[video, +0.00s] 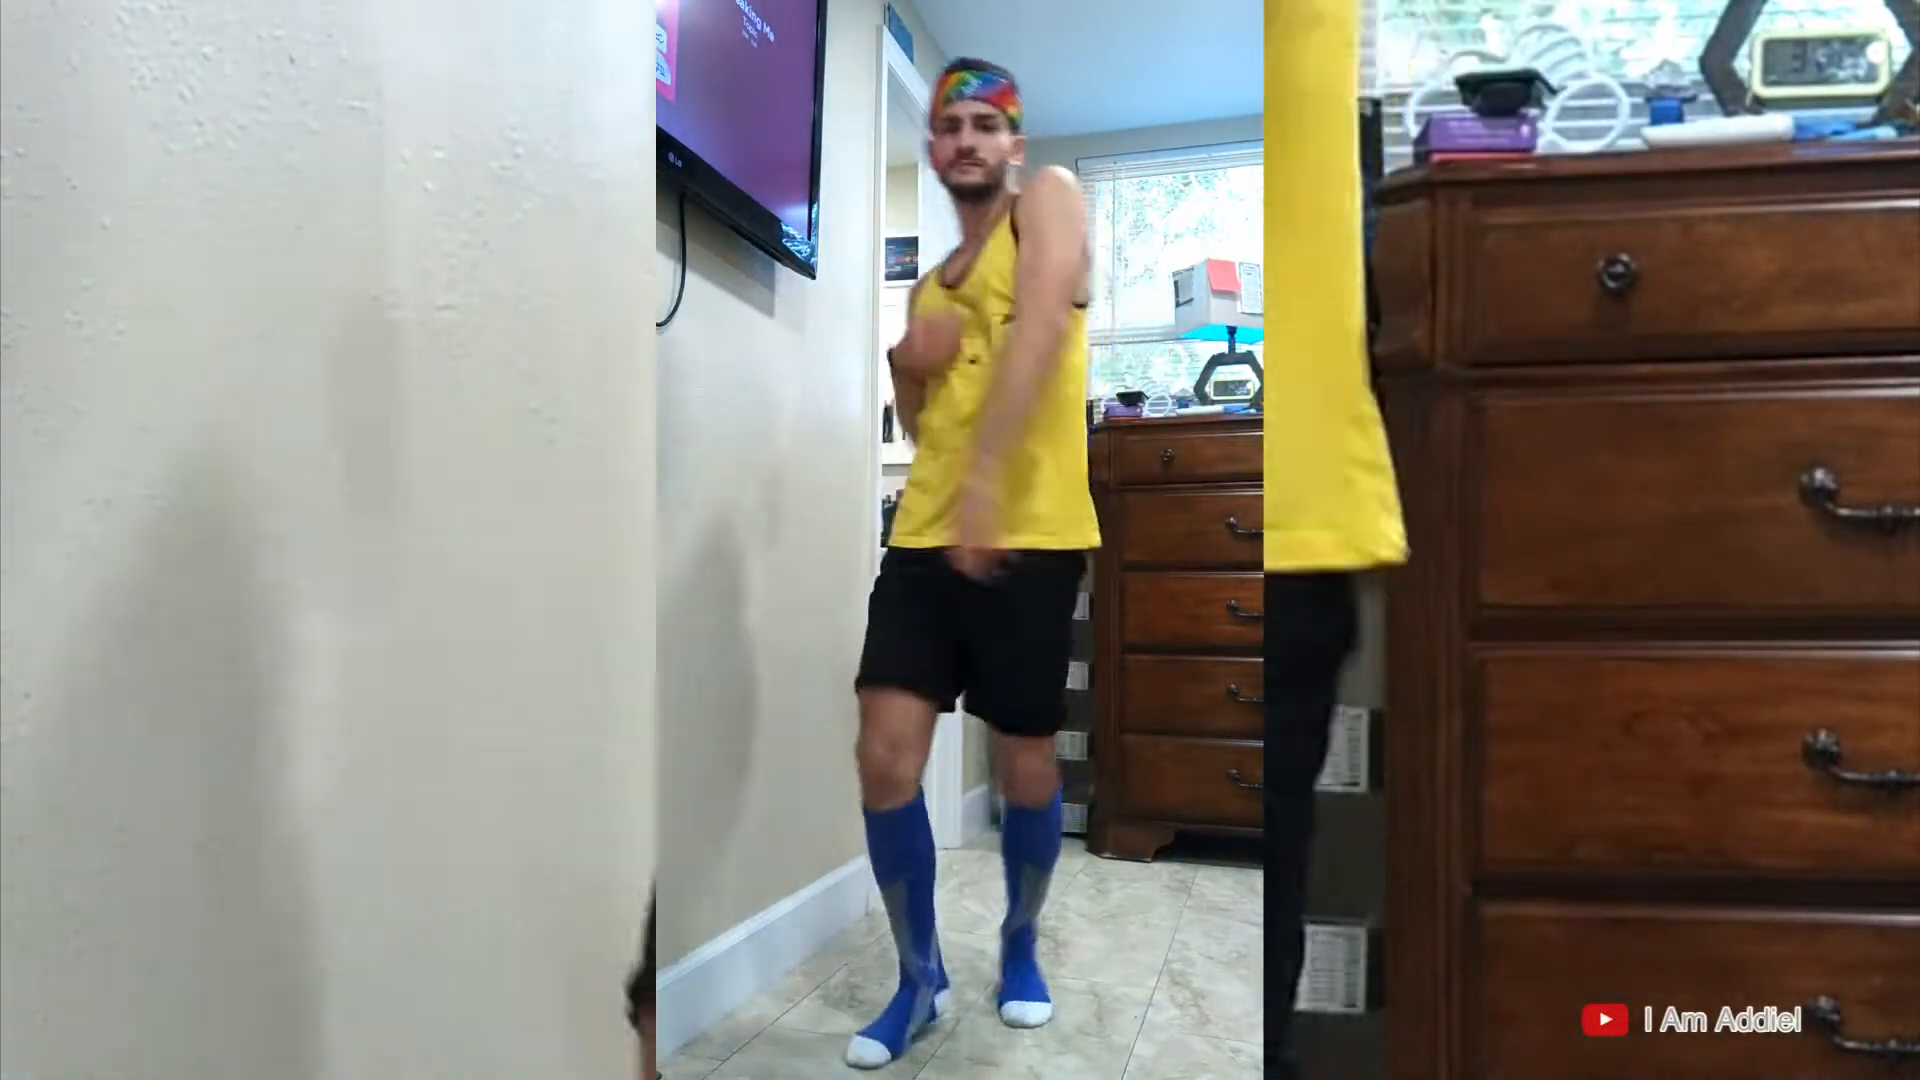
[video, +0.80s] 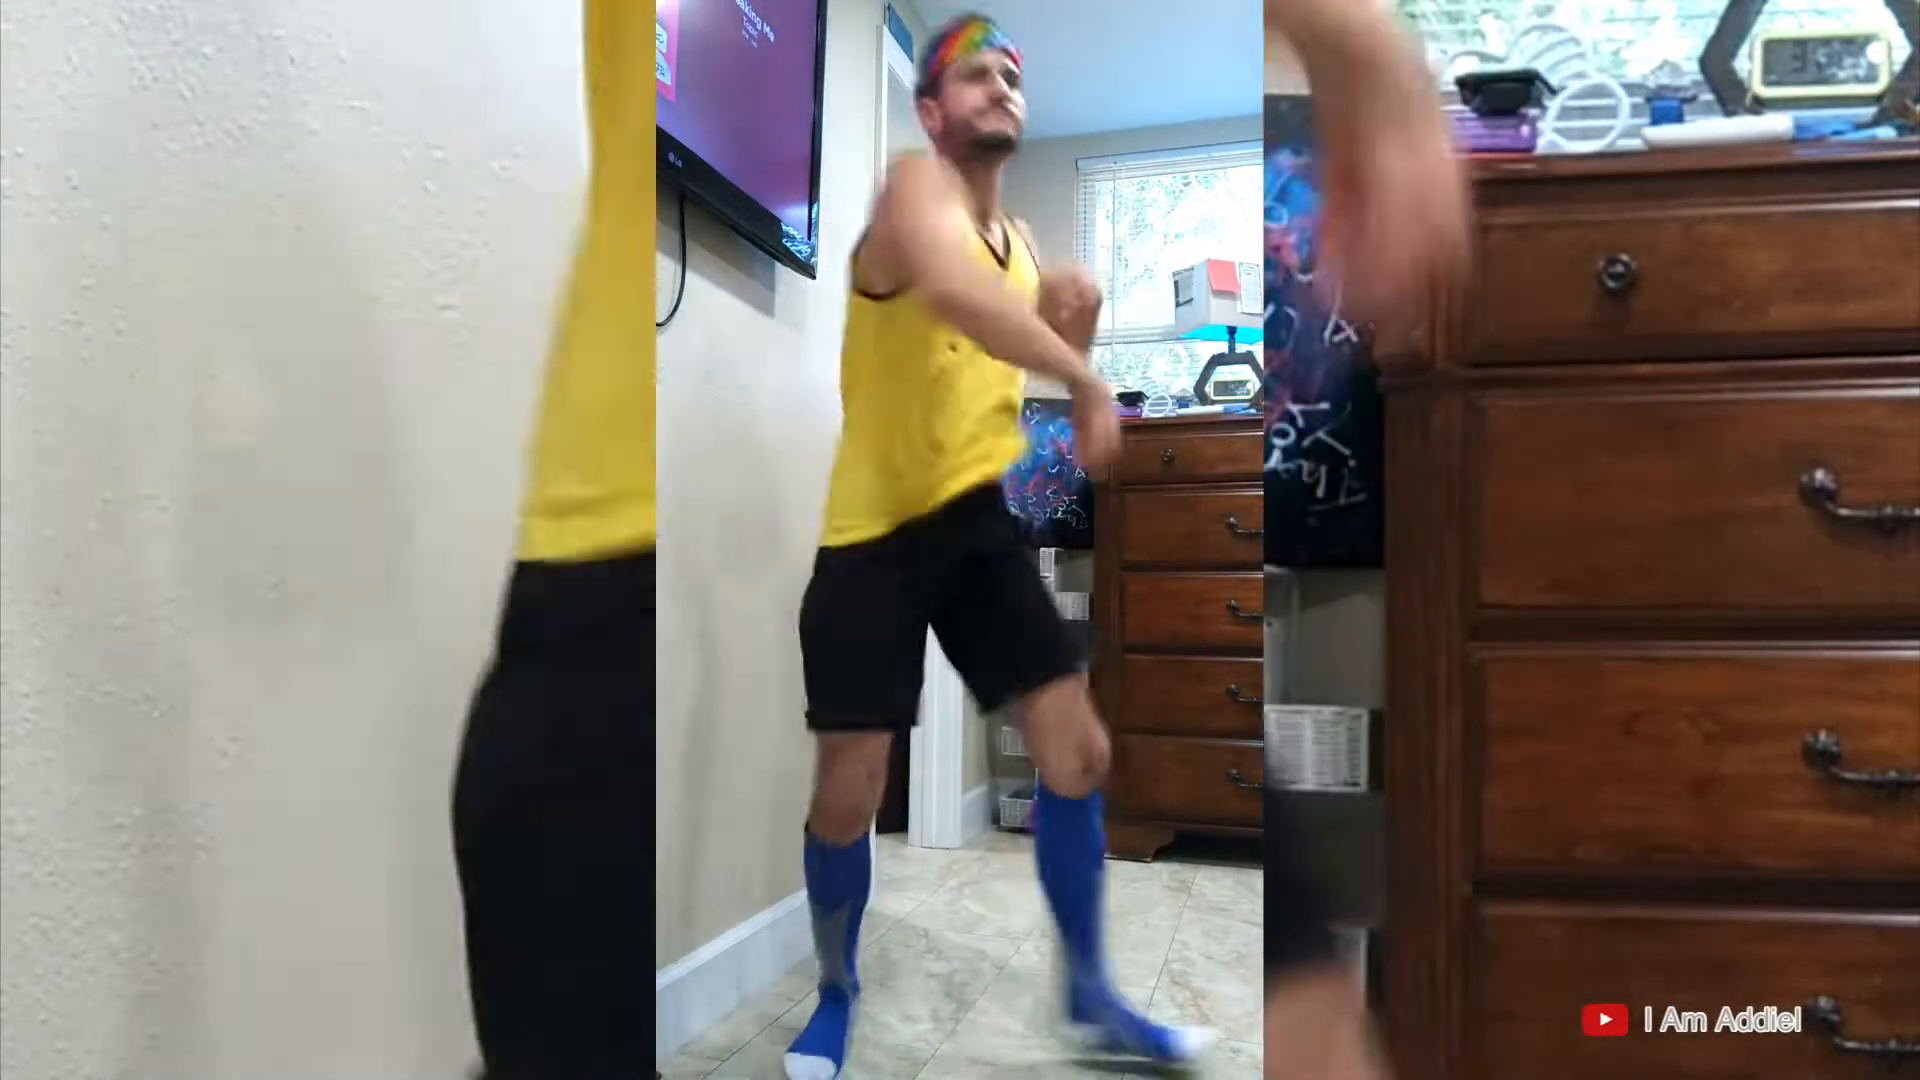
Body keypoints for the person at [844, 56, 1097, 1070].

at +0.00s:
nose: (966, 140)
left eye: (986, 125)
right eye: (949, 127)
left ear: (1018, 141)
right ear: (931, 148)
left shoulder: (1049, 196)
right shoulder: (935, 283)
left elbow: (1045, 319)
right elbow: (913, 424)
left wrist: (985, 478)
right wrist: (915, 368)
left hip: (1032, 533)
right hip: (927, 532)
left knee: (1026, 766)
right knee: (885, 759)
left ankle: (1022, 945)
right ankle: (919, 975)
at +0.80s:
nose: (1004, 91)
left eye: (1012, 80)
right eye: (979, 77)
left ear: (1020, 113)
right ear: (931, 105)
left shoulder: (1013, 245)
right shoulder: (915, 181)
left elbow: (1036, 377)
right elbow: (950, 289)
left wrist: (1078, 327)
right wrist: (1083, 378)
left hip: (976, 523)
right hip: (870, 535)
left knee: (1075, 750)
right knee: (847, 784)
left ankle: (1089, 997)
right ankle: (834, 1002)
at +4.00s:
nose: (955, 14)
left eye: (983, 3)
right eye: (944, 7)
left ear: (1037, 35)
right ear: (934, 47)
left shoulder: (1090, 136)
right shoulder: (915, 183)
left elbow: (1042, 206)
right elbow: (928, 343)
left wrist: (877, 138)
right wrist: (877, 422)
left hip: (1034, 518)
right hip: (906, 515)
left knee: (1029, 801)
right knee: (847, 754)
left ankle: (1017, 1037)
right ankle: (898, 966)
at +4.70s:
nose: (952, 30)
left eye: (976, 25)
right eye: (933, 24)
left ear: (1009, 73)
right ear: (908, 69)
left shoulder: (1057, 170)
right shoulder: (860, 181)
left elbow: (1113, 290)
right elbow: (856, 289)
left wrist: (1076, 362)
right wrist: (939, 227)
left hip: (1018, 483)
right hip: (911, 496)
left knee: (967, 759)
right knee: (936, 776)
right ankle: (1010, 1012)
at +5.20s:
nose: (973, 6)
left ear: (997, 31)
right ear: (899, 35)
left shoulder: (1021, 186)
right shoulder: (845, 125)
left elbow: (1062, 346)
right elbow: (765, 284)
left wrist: (1118, 212)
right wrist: (765, 442)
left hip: (979, 511)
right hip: (853, 490)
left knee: (948, 799)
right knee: (863, 790)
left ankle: (893, 1023)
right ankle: (855, 1066)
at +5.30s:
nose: (945, 15)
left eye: (958, 8)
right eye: (916, 8)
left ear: (977, 51)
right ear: (873, 54)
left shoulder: (1015, 218)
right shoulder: (820, 164)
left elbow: (1110, 338)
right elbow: (733, 314)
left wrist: (1107, 186)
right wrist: (733, 446)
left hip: (968, 553)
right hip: (835, 531)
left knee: (930, 831)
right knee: (841, 798)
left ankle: (869, 1048)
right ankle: (817, 1070)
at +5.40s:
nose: (930, 7)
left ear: (960, 31)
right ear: (853, 29)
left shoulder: (995, 193)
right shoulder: (795, 158)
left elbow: (1054, 347)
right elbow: (738, 322)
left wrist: (1070, 191)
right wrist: (751, 403)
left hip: (961, 532)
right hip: (826, 519)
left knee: (970, 828)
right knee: (829, 804)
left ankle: (869, 997)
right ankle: (822, 1064)